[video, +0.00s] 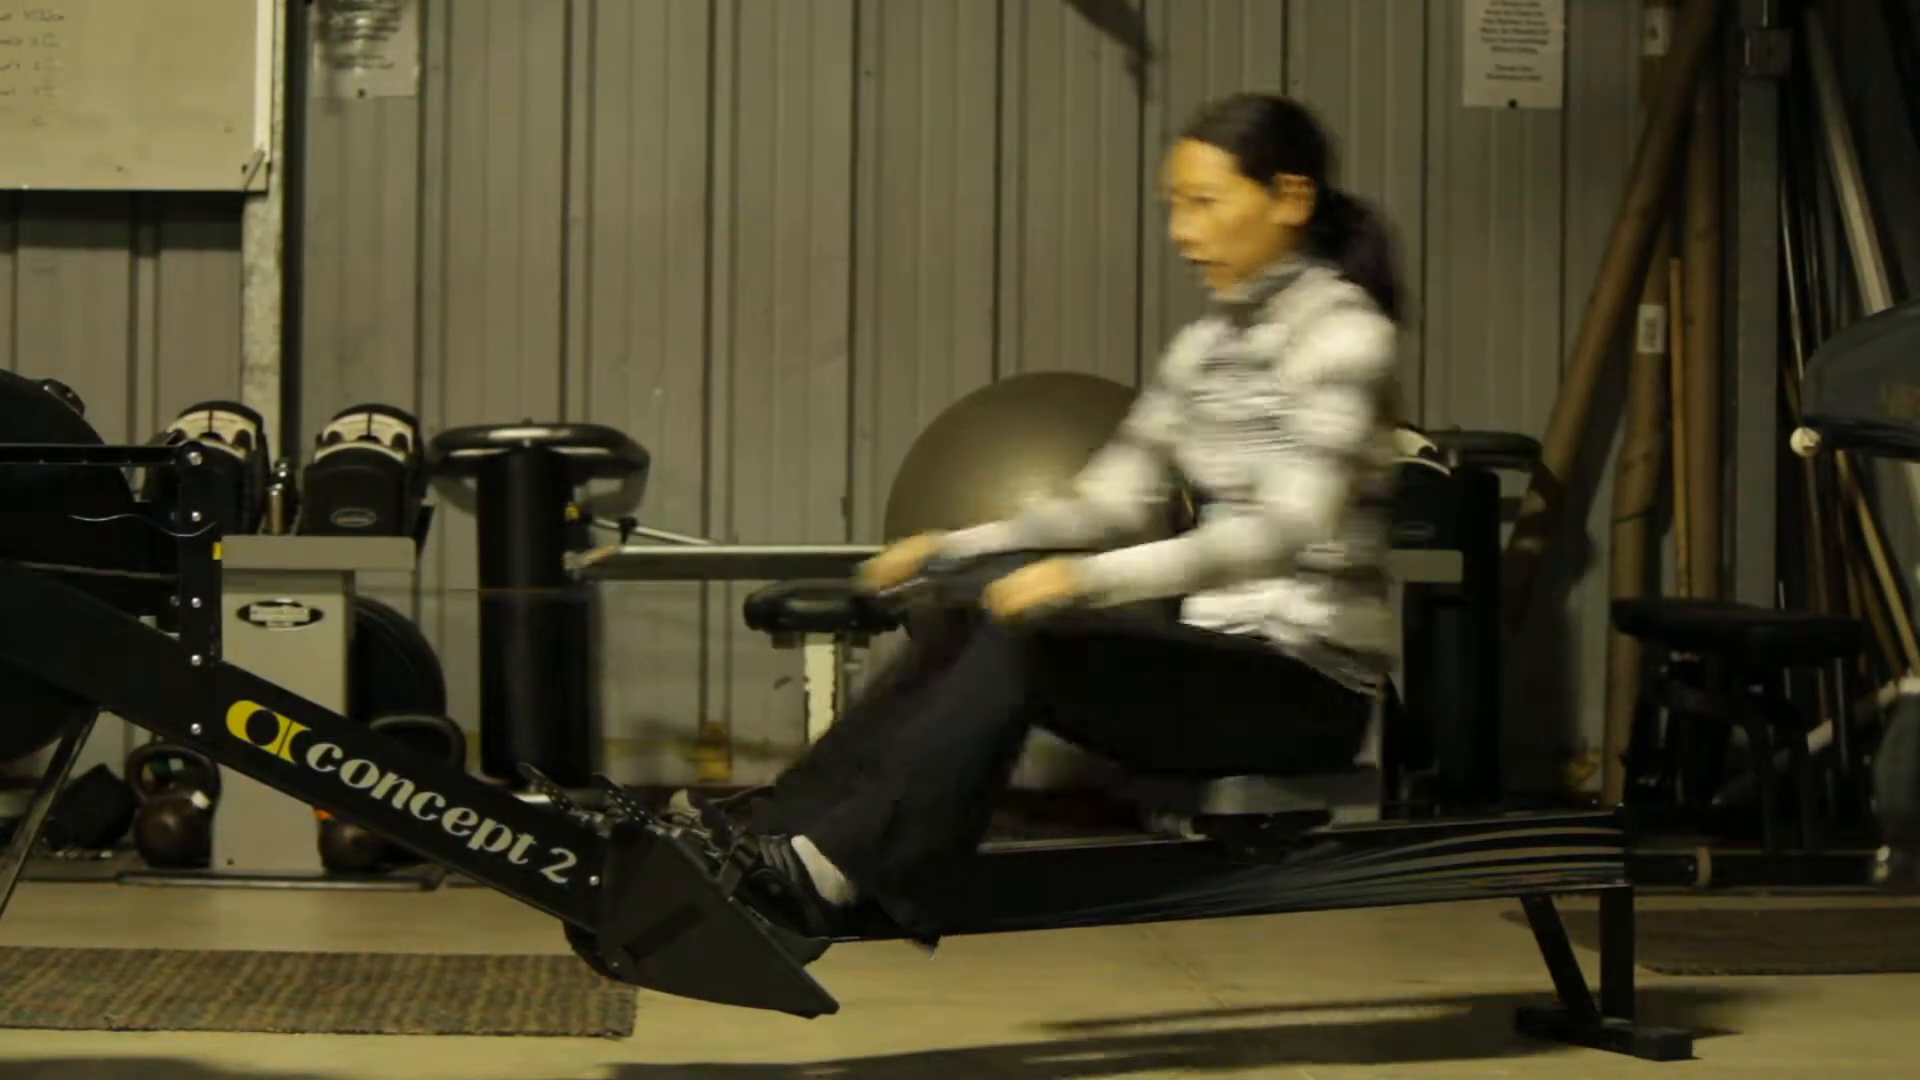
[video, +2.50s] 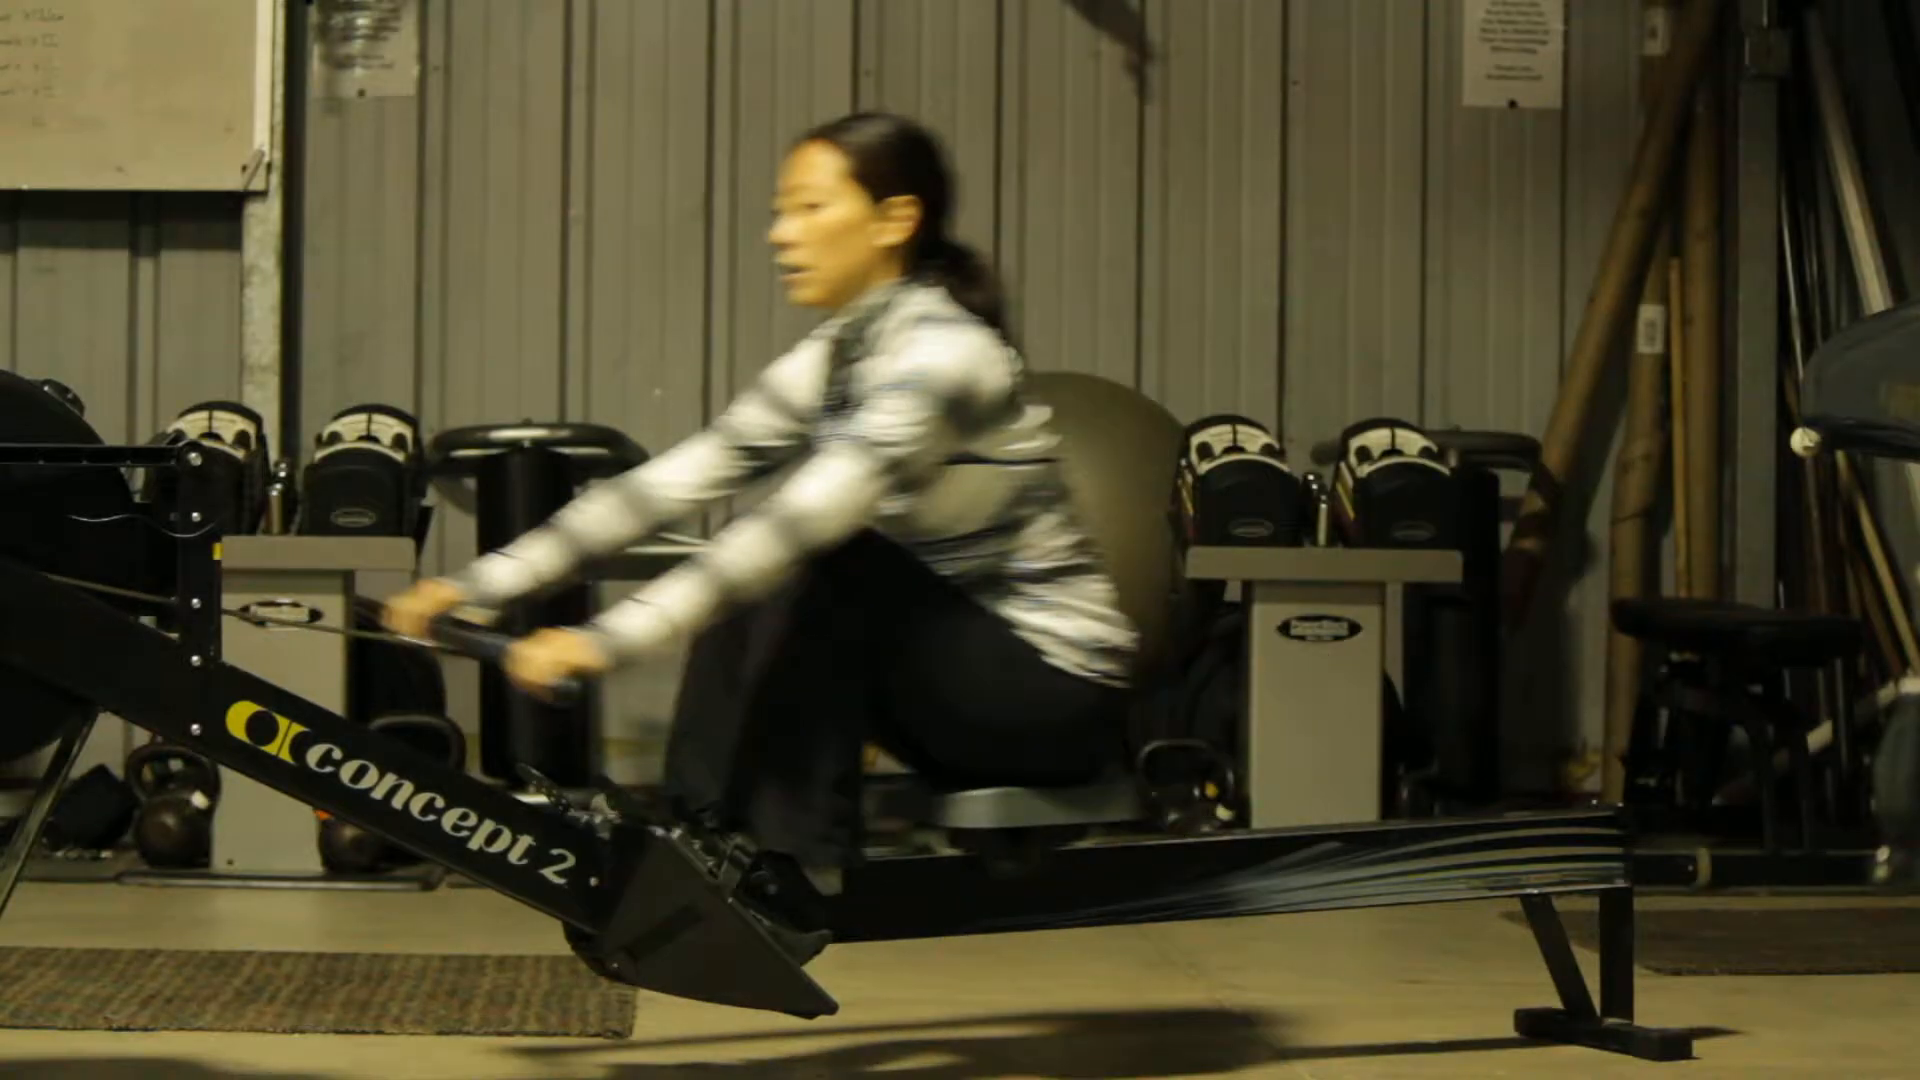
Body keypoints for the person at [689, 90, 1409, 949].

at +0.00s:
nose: (1180, 231)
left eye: (1202, 205)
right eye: (1176, 206)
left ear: (1289, 200)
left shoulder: (1343, 332)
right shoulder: (1203, 342)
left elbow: (1282, 526)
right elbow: (1108, 504)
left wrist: (1086, 580)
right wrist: (944, 547)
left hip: (1306, 682)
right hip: (1208, 655)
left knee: (1020, 649)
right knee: (962, 627)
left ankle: (831, 871)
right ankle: (768, 835)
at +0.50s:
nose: (668, 260)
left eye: (695, 235)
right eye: (673, 236)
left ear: (783, 246)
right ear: (750, 251)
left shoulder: (840, 370)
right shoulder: (725, 380)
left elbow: (661, 509)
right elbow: (563, 469)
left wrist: (452, 586)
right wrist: (339, 541)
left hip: (988, 699)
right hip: (893, 691)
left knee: (765, 547)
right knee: (694, 547)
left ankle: (787, 860)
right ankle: (695, 834)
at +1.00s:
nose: (930, 188)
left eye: (962, 165)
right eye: (934, 165)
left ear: (1052, 187)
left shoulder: (1079, 318)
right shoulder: (965, 320)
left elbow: (926, 459)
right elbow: (816, 437)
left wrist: (735, 528)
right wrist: (621, 504)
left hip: (1080, 702)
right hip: (999, 685)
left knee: (867, 562)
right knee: (775, 550)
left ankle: (782, 858)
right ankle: (693, 823)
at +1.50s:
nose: (1402, 264)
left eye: (1424, 243)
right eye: (1399, 243)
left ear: (1505, 249)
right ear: (1422, 252)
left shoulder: (1516, 370)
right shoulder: (1402, 369)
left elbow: (1454, 492)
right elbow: (1281, 472)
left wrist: (1247, 478)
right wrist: (1097, 476)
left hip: (1361, 681)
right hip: (1275, 655)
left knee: (1055, 690)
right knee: (993, 673)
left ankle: (815, 886)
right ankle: (740, 845)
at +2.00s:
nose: (1301, 252)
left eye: (1320, 224)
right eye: (1295, 229)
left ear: (1406, 223)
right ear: (1302, 229)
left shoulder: (1466, 352)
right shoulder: (1332, 349)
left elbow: (1501, 543)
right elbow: (1298, 511)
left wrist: (1317, 519)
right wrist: (1175, 507)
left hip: (1370, 675)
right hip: (1275, 653)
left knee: (1069, 693)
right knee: (1011, 678)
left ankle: (826, 883)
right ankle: (777, 842)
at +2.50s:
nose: (779, 235)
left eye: (808, 209)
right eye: (781, 211)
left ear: (896, 222)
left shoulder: (942, 355)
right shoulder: (835, 354)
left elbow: (792, 530)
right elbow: (679, 479)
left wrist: (605, 640)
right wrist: (480, 585)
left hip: (1057, 691)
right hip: (975, 677)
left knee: (837, 567)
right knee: (767, 568)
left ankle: (793, 866)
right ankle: (696, 829)